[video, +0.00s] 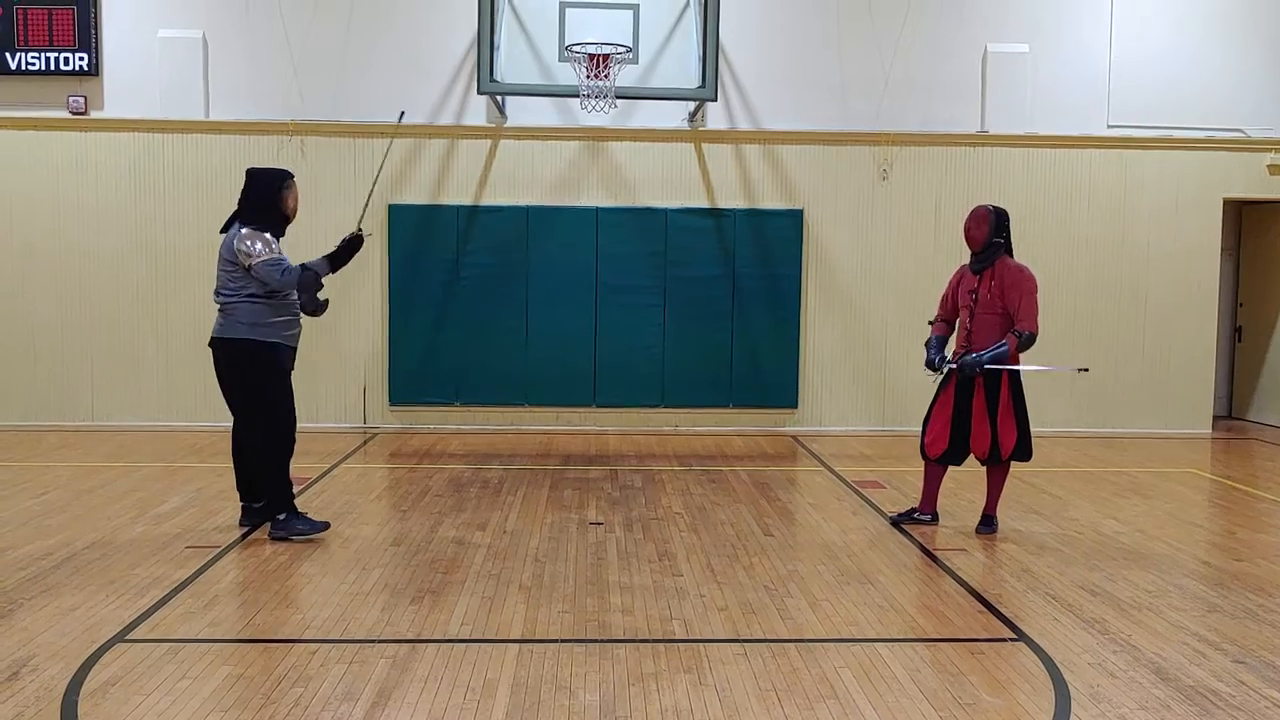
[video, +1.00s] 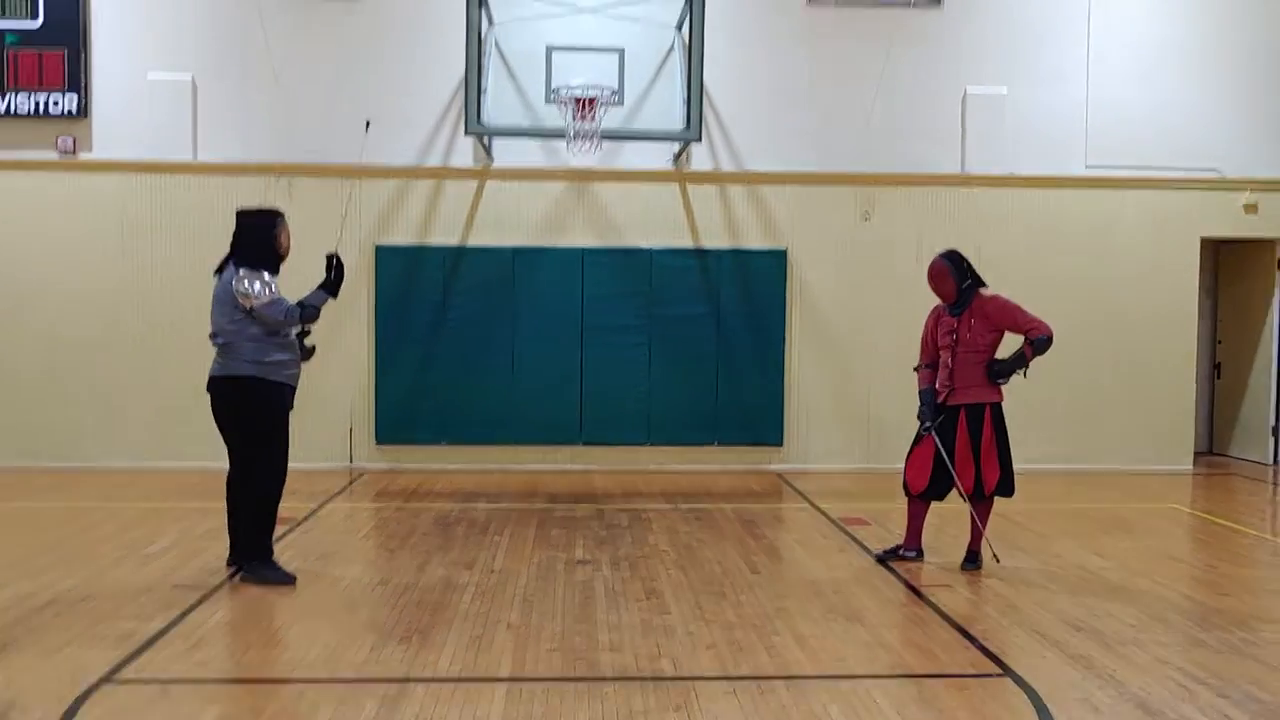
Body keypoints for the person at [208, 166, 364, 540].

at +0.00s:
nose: (296, 203)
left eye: (295, 195)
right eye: (292, 195)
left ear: (268, 196)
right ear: (273, 197)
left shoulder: (248, 234)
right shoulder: (251, 236)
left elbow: (273, 287)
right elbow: (285, 279)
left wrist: (304, 299)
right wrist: (334, 260)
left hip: (244, 346)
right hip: (253, 348)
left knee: (251, 427)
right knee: (277, 427)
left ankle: (255, 506)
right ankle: (283, 515)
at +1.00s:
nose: (289, 242)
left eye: (287, 234)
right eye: (284, 234)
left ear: (255, 236)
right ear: (266, 237)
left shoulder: (236, 274)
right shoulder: (249, 275)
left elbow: (247, 336)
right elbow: (281, 316)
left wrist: (292, 349)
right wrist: (326, 289)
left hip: (241, 384)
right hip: (253, 388)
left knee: (247, 469)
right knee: (266, 471)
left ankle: (243, 553)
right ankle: (256, 559)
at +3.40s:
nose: (306, 213)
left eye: (305, 205)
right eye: (301, 204)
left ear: (278, 208)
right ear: (282, 207)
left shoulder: (274, 252)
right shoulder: (258, 250)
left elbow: (287, 304)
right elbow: (265, 309)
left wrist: (320, 316)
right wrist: (312, 320)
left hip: (277, 359)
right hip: (261, 359)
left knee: (271, 441)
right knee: (271, 442)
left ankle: (256, 523)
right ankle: (260, 530)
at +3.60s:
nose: (307, 206)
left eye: (305, 198)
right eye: (301, 198)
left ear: (275, 204)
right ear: (283, 204)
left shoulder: (269, 246)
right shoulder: (261, 248)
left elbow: (268, 308)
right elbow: (262, 308)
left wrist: (301, 350)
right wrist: (289, 350)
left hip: (266, 355)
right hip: (262, 355)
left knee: (269, 438)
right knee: (277, 440)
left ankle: (255, 519)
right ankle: (262, 525)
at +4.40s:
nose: (318, 199)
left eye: (319, 190)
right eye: (313, 190)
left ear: (294, 193)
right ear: (292, 192)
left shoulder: (285, 235)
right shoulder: (262, 232)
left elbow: (296, 286)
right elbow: (292, 277)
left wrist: (304, 342)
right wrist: (347, 295)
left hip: (288, 341)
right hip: (266, 340)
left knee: (287, 422)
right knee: (275, 423)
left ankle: (271, 500)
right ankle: (269, 508)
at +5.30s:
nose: (319, 192)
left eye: (318, 184)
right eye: (313, 185)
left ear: (292, 190)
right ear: (293, 188)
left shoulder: (293, 230)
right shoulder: (273, 229)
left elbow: (320, 259)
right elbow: (307, 268)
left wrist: (359, 260)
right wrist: (347, 274)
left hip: (299, 339)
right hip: (280, 339)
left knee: (295, 421)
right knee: (287, 422)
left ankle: (280, 502)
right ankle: (282, 509)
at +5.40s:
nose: (319, 193)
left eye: (319, 186)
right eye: (314, 186)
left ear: (294, 191)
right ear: (294, 190)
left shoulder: (295, 232)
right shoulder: (272, 231)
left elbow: (323, 256)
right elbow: (307, 270)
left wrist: (360, 260)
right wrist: (346, 278)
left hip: (300, 340)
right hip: (279, 340)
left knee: (297, 424)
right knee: (286, 424)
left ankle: (281, 504)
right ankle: (281, 510)